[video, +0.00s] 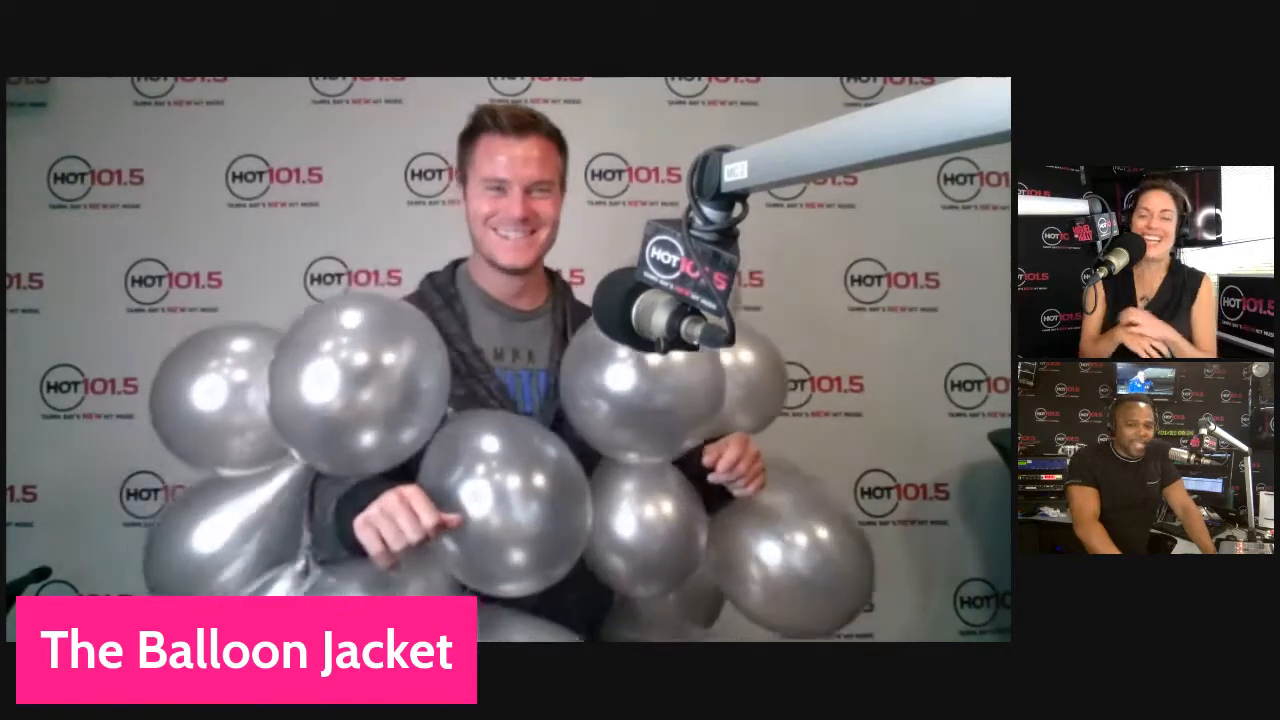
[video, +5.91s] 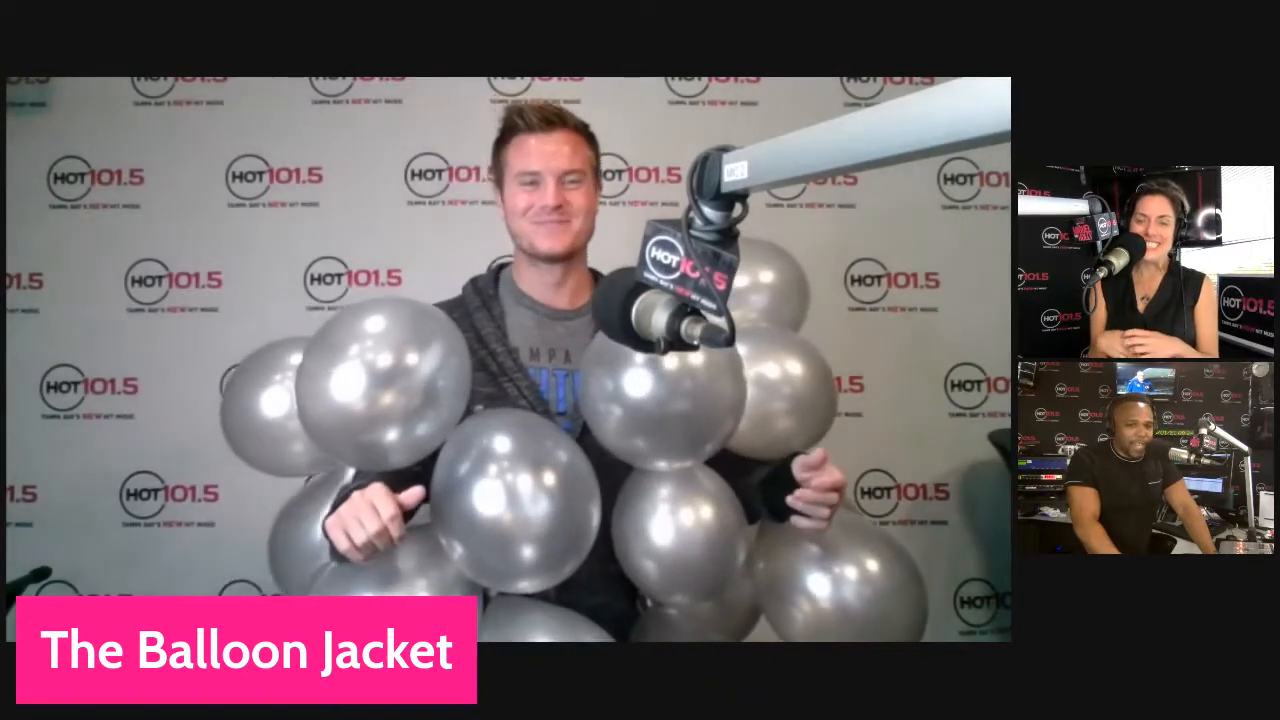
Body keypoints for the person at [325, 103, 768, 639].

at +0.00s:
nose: (517, 211)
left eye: (538, 190)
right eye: (495, 188)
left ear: (561, 201)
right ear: (461, 193)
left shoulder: (599, 336)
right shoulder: (404, 335)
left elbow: (645, 472)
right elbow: (331, 483)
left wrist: (712, 465)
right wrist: (369, 506)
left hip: (588, 616)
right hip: (447, 616)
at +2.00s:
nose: (524, 263)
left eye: (545, 241)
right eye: (502, 238)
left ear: (566, 219)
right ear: (462, 210)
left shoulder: (597, 332)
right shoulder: (398, 335)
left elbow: (654, 467)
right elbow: (334, 469)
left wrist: (720, 472)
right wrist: (343, 511)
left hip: (585, 605)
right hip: (441, 606)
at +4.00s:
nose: (559, 202)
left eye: (581, 184)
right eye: (539, 183)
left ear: (611, 200)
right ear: (512, 196)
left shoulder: (664, 320)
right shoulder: (448, 335)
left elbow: (717, 454)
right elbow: (385, 447)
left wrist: (786, 493)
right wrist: (354, 499)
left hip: (652, 617)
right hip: (504, 616)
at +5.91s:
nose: (551, 199)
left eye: (571, 180)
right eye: (529, 182)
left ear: (598, 194)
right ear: (499, 196)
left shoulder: (653, 317)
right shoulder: (444, 333)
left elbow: (705, 456)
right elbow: (394, 449)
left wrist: (782, 487)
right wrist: (356, 499)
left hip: (638, 611)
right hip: (490, 611)